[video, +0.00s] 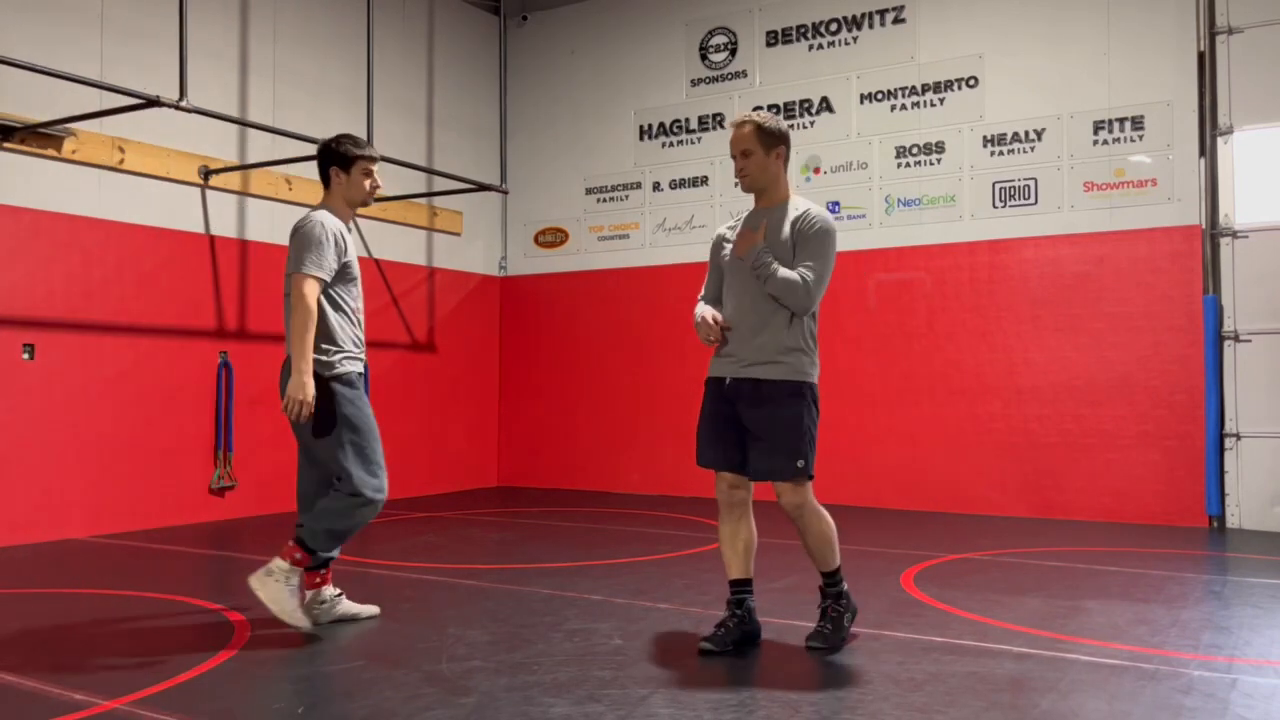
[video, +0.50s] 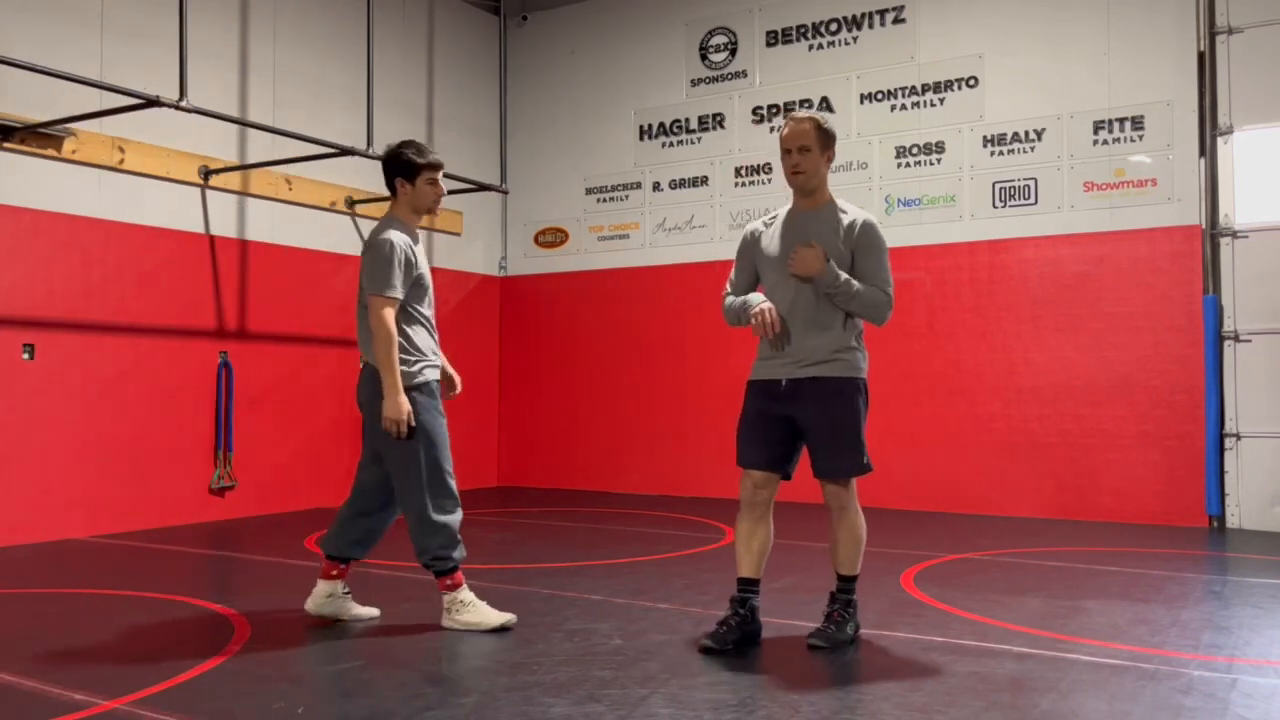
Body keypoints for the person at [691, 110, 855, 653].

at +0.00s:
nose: (737, 166)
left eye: (745, 155)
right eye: (733, 157)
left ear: (778, 156)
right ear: (737, 163)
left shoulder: (813, 224)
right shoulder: (728, 234)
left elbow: (804, 296)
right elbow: (708, 299)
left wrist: (754, 257)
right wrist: (703, 312)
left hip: (786, 381)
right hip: (729, 380)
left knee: (794, 497)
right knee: (732, 494)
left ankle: (837, 601)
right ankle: (741, 615)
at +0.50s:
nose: (793, 161)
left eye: (804, 151)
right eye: (786, 152)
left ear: (829, 157)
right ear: (780, 160)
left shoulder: (858, 229)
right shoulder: (759, 235)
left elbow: (880, 308)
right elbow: (732, 306)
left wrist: (825, 274)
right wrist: (754, 303)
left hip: (834, 379)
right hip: (771, 381)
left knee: (839, 494)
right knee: (755, 491)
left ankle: (843, 611)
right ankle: (744, 613)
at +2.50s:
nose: (779, 188)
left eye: (786, 179)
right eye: (777, 179)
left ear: (818, 177)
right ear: (787, 182)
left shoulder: (857, 239)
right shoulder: (775, 249)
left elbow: (876, 311)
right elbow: (758, 323)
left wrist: (807, 295)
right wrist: (772, 300)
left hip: (841, 380)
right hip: (789, 382)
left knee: (847, 486)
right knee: (802, 486)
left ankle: (869, 597)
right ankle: (815, 588)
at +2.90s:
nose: (794, 183)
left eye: (801, 174)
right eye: (792, 174)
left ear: (834, 171)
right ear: (817, 174)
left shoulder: (872, 235)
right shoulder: (796, 240)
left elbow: (896, 310)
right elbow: (788, 306)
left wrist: (830, 301)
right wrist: (770, 303)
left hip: (853, 381)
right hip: (802, 382)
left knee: (857, 489)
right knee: (806, 486)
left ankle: (870, 601)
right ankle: (816, 589)